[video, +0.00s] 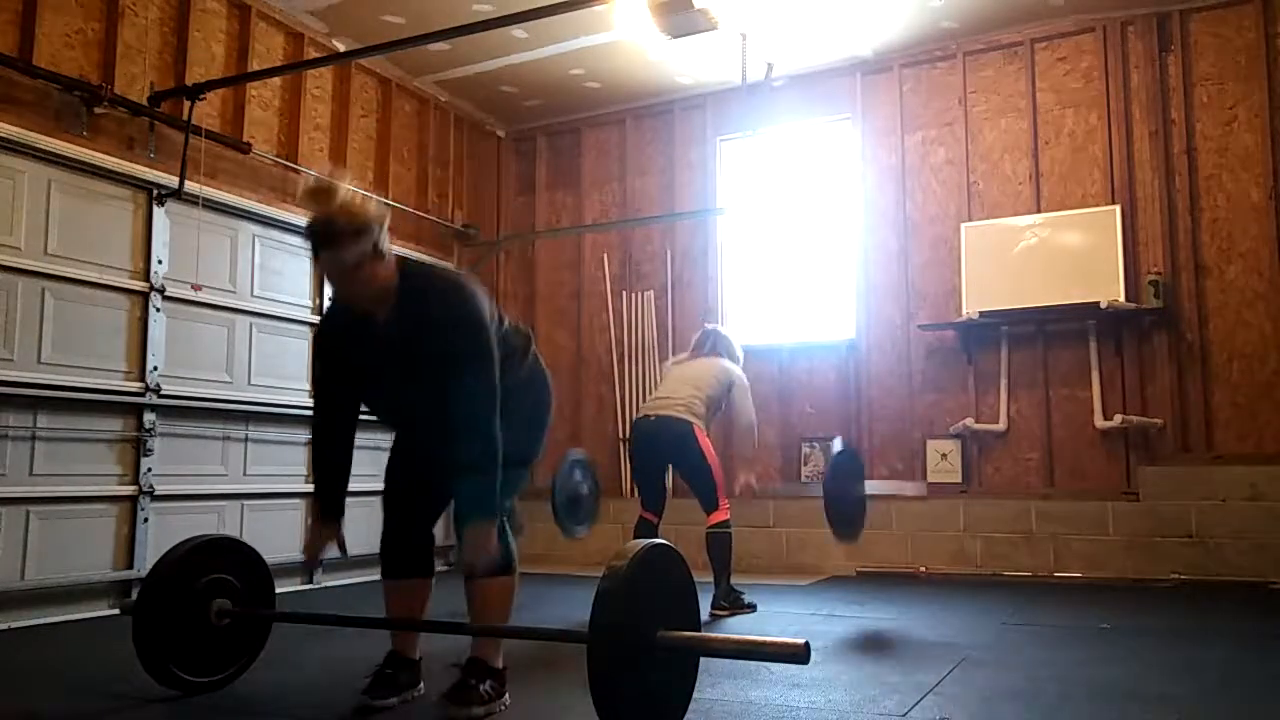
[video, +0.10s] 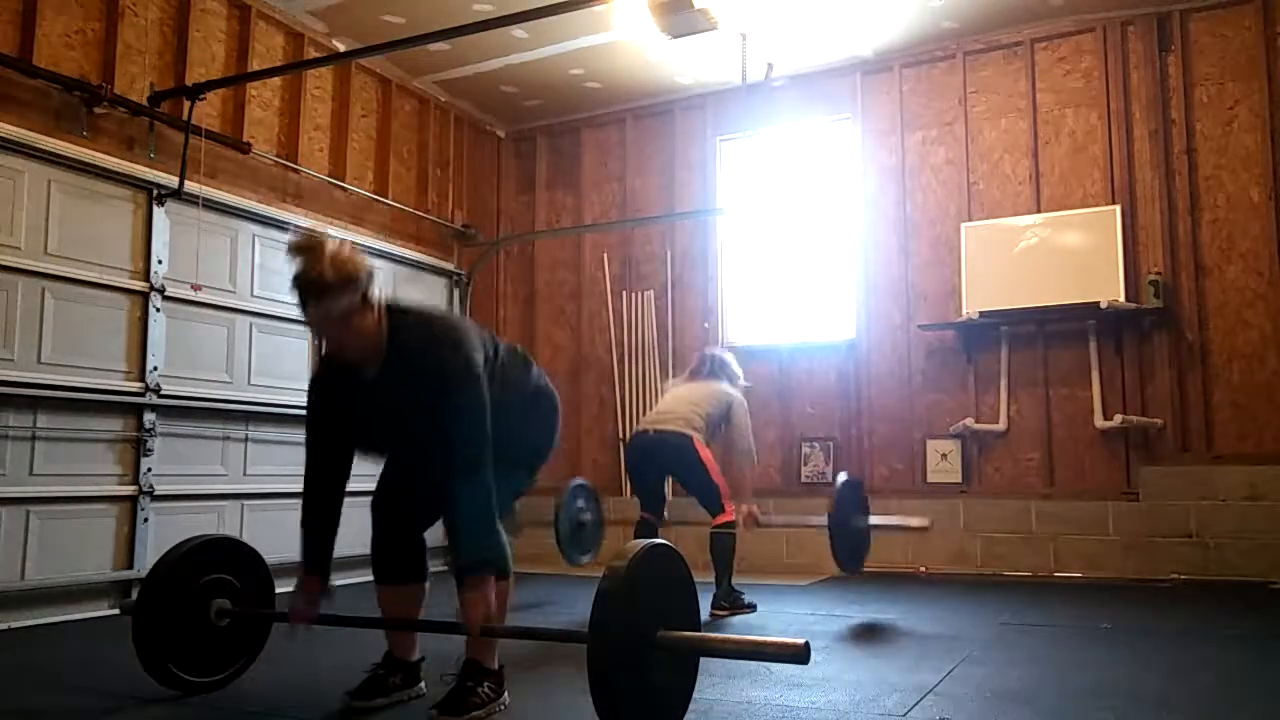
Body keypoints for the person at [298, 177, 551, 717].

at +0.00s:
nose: (346, 283)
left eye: (354, 268)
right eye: (334, 273)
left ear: (384, 254)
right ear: (323, 272)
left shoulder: (453, 300)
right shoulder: (337, 330)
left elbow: (476, 410)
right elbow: (332, 424)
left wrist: (480, 513)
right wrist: (325, 510)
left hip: (502, 408)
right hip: (425, 420)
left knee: (484, 524)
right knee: (403, 523)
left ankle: (487, 668)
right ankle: (403, 663)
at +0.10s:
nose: (333, 339)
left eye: (342, 321)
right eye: (321, 326)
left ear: (369, 306)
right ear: (311, 321)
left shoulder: (444, 346)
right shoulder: (333, 381)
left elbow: (470, 468)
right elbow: (323, 482)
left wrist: (478, 581)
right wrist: (313, 577)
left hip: (514, 418)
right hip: (432, 436)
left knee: (476, 532)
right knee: (392, 516)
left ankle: (483, 673)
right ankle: (402, 664)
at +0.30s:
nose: (320, 372)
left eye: (330, 355)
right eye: (309, 360)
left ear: (364, 338)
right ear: (301, 356)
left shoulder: (436, 372)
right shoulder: (326, 412)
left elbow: (469, 509)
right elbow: (315, 502)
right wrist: (304, 592)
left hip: (522, 430)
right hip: (437, 446)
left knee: (464, 529)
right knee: (385, 514)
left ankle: (482, 673)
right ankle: (400, 665)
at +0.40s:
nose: (321, 352)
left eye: (331, 336)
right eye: (310, 341)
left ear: (366, 323)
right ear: (303, 339)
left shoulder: (440, 361)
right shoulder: (337, 385)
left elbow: (468, 492)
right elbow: (324, 483)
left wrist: (480, 590)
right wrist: (309, 582)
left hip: (520, 418)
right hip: (436, 436)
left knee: (465, 527)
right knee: (391, 515)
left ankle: (482, 673)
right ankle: (400, 666)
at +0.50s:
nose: (322, 324)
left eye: (332, 308)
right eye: (312, 313)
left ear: (366, 298)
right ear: (305, 312)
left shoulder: (442, 335)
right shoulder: (339, 369)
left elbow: (478, 464)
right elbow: (326, 463)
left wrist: (483, 563)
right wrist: (313, 555)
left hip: (518, 405)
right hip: (435, 429)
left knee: (474, 528)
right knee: (400, 521)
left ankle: (484, 673)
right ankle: (401, 665)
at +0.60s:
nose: (334, 287)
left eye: (343, 270)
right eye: (323, 276)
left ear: (373, 258)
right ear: (315, 278)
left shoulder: (446, 302)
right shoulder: (337, 336)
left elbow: (483, 412)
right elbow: (330, 424)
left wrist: (488, 513)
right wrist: (318, 514)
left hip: (514, 395)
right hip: (434, 415)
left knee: (484, 521)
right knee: (406, 519)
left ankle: (485, 670)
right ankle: (402, 664)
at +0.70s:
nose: (351, 249)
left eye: (357, 232)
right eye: (335, 242)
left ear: (380, 216)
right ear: (322, 243)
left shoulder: (444, 267)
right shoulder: (340, 296)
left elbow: (500, 361)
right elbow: (335, 383)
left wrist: (499, 459)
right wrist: (325, 462)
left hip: (496, 393)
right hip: (428, 403)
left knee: (482, 513)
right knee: (407, 520)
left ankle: (485, 669)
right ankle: (403, 663)